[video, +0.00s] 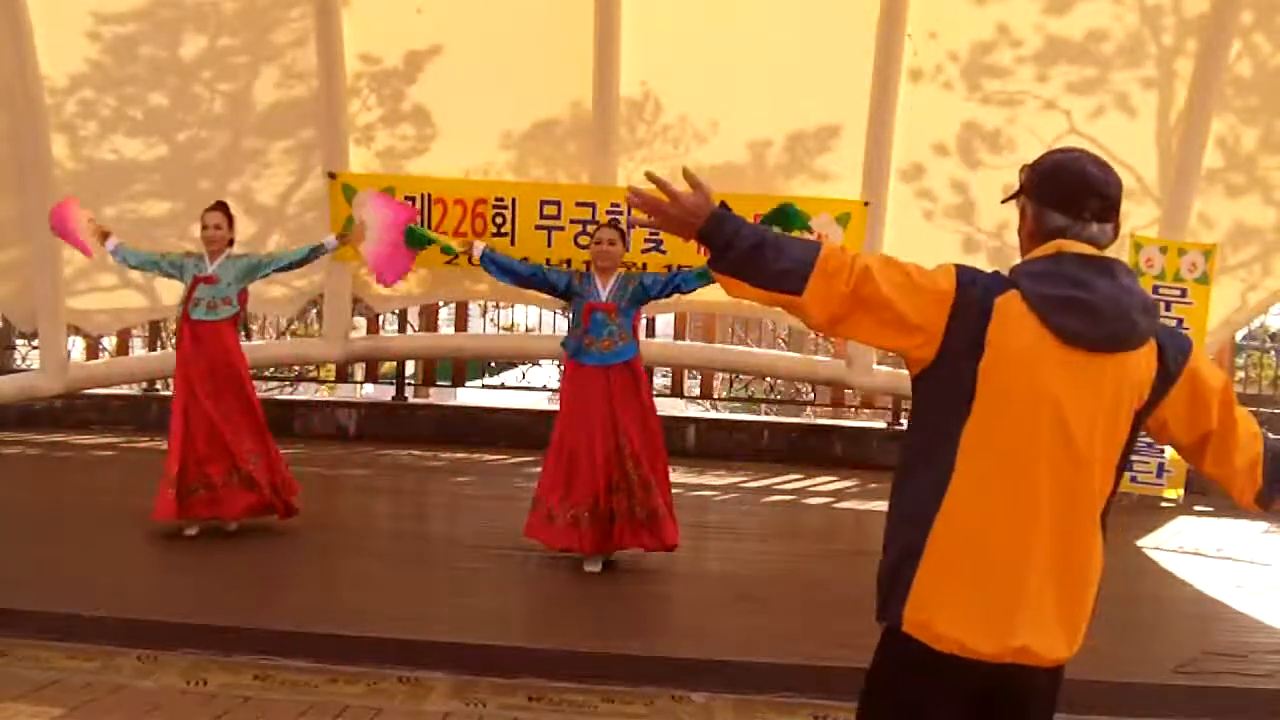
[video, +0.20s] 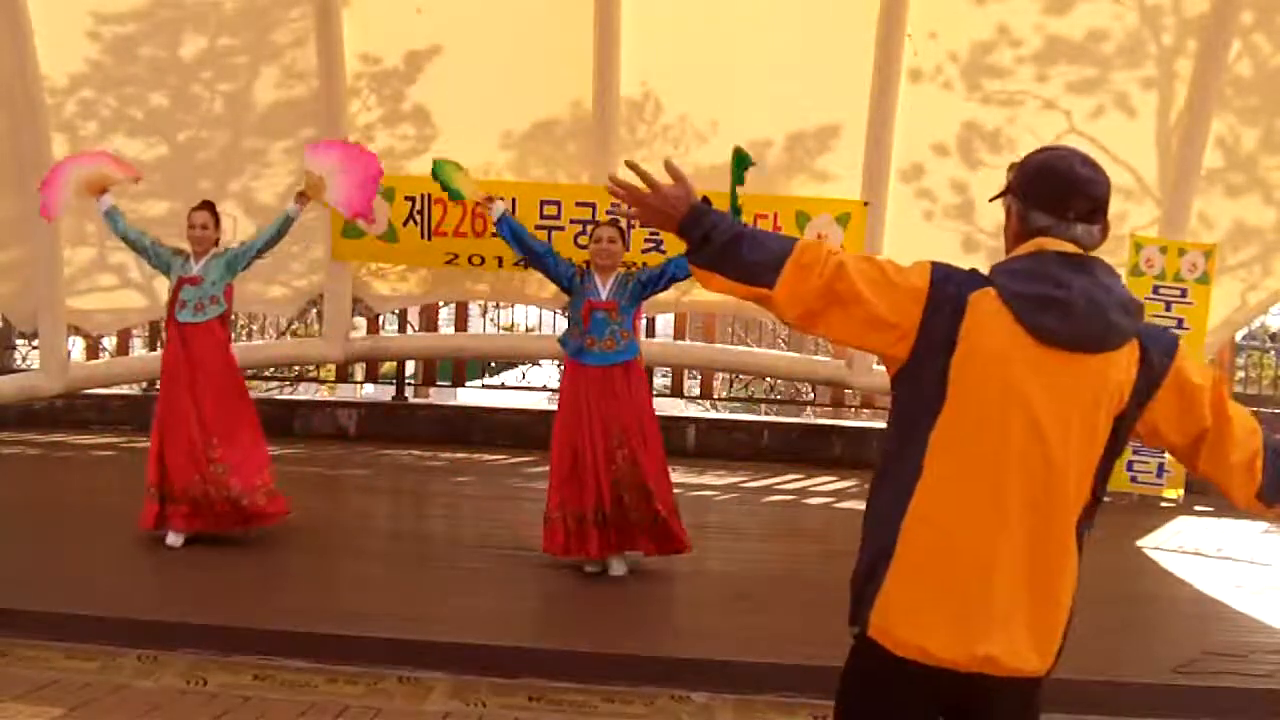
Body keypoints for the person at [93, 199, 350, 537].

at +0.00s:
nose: (211, 233)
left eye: (218, 227)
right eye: (206, 228)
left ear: (231, 233)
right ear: (199, 232)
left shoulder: (242, 265)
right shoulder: (188, 265)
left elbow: (288, 260)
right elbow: (148, 261)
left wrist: (334, 242)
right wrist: (109, 242)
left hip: (224, 358)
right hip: (191, 358)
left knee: (227, 427)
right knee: (193, 430)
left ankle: (231, 508)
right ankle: (194, 511)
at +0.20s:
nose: (197, 232)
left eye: (204, 227)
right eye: (192, 226)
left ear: (217, 232)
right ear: (185, 230)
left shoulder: (226, 263)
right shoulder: (175, 264)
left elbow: (264, 241)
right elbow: (132, 237)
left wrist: (297, 205)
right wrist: (102, 198)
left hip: (214, 363)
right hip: (178, 364)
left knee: (214, 435)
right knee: (177, 438)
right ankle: (177, 520)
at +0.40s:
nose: (192, 232)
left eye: (199, 226)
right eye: (187, 226)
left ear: (210, 232)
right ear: (179, 230)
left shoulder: (214, 266)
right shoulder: (168, 263)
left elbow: (240, 237)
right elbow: (133, 232)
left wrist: (254, 191)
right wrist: (109, 182)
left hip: (203, 366)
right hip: (167, 365)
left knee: (207, 438)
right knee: (166, 438)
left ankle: (209, 523)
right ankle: (164, 524)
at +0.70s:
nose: (178, 233)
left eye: (184, 228)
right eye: (173, 228)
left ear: (196, 233)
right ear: (165, 234)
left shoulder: (199, 274)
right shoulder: (153, 268)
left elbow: (207, 250)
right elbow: (125, 235)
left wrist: (196, 215)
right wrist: (115, 188)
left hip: (183, 371)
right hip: (147, 369)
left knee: (187, 446)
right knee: (143, 446)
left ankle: (192, 534)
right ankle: (139, 535)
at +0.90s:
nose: (171, 240)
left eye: (176, 233)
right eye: (165, 233)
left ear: (183, 235)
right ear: (154, 234)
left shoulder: (191, 271)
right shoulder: (141, 269)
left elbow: (194, 276)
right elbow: (117, 243)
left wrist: (170, 250)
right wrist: (115, 208)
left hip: (177, 377)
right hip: (140, 376)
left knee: (175, 453)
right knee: (137, 452)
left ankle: (172, 541)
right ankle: (134, 542)